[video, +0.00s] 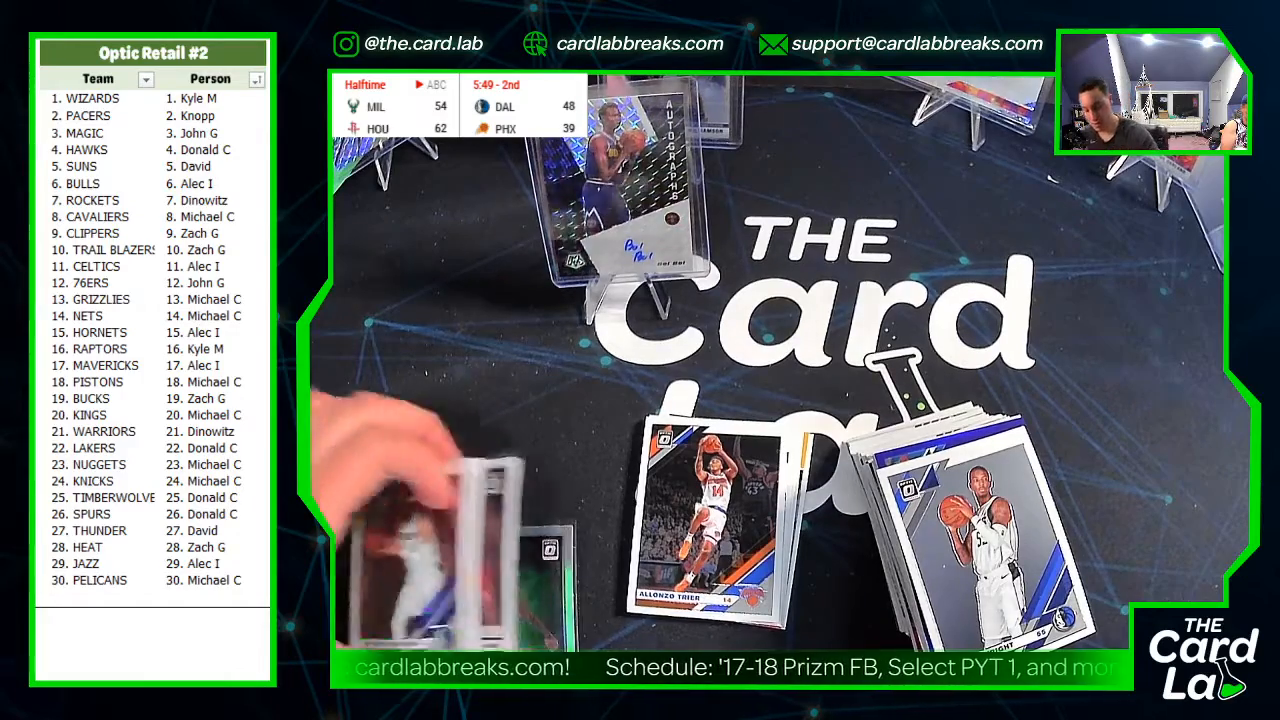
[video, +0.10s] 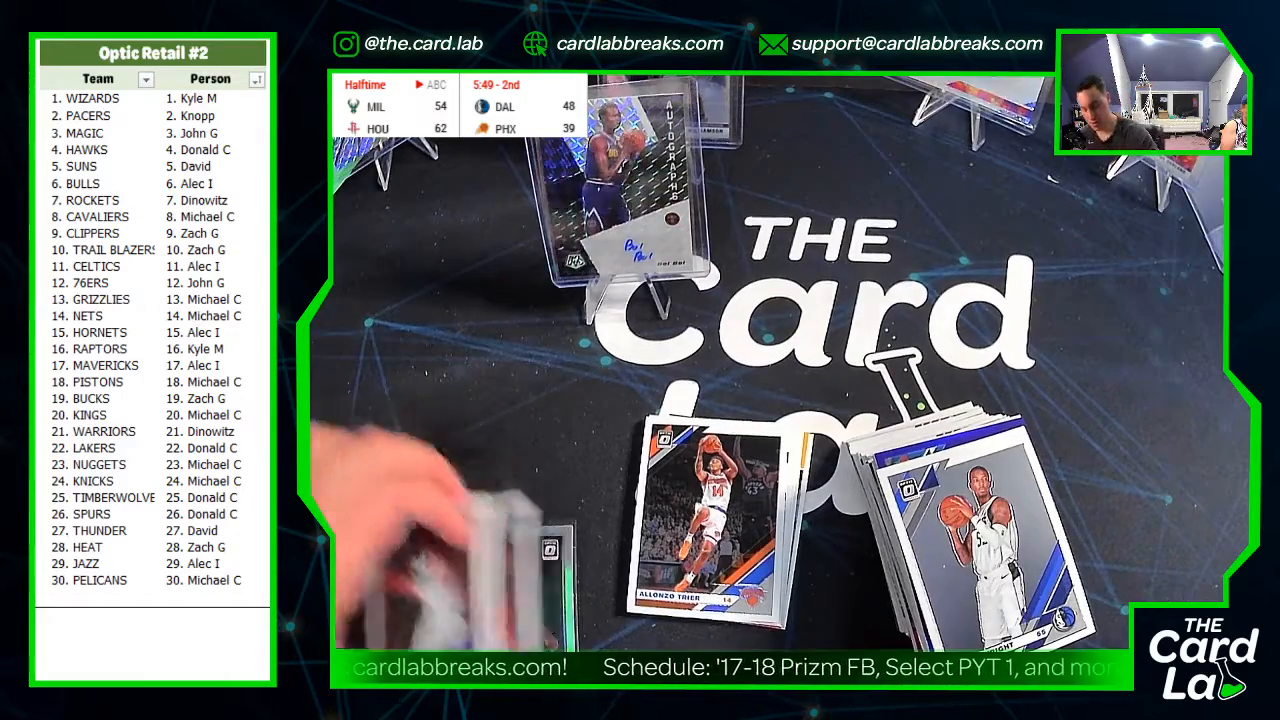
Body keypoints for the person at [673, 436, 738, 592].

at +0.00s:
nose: (715, 463)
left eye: (717, 462)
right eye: (713, 461)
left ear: (721, 465)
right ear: (709, 465)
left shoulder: (727, 476)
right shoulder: (706, 477)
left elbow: (734, 469)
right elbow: (698, 470)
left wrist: (721, 452)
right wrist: (700, 450)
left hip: (720, 513)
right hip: (706, 507)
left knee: (707, 549)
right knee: (704, 511)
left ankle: (688, 578)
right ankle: (688, 540)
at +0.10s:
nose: (715, 463)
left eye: (717, 462)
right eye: (713, 461)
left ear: (721, 465)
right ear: (709, 465)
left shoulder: (727, 475)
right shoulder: (706, 477)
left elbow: (734, 469)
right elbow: (698, 471)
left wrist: (721, 452)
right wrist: (700, 450)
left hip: (720, 512)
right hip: (706, 507)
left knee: (707, 549)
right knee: (704, 511)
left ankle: (688, 578)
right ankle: (688, 540)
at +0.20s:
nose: (714, 463)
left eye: (717, 462)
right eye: (712, 461)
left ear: (721, 465)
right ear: (709, 465)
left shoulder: (727, 475)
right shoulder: (706, 477)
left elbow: (734, 469)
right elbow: (698, 471)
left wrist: (722, 452)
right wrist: (700, 450)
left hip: (720, 512)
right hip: (706, 507)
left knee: (707, 549)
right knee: (704, 511)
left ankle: (689, 578)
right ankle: (688, 539)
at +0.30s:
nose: (714, 463)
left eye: (717, 460)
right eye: (712, 460)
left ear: (721, 464)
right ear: (709, 464)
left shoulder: (726, 475)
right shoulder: (705, 476)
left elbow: (734, 468)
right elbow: (698, 471)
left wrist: (721, 451)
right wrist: (700, 451)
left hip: (720, 511)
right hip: (706, 506)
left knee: (707, 548)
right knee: (704, 511)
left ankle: (690, 576)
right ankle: (688, 539)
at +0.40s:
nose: (714, 463)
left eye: (717, 461)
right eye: (712, 461)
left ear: (721, 465)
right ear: (709, 465)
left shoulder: (727, 476)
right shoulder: (705, 476)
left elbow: (734, 468)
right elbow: (698, 471)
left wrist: (721, 452)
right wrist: (700, 450)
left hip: (720, 512)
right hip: (706, 506)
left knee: (707, 549)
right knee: (704, 511)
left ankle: (689, 578)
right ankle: (688, 540)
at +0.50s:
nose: (714, 464)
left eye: (717, 462)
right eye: (712, 461)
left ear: (721, 466)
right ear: (709, 465)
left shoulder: (727, 476)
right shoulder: (705, 477)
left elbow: (734, 469)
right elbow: (698, 471)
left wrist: (721, 452)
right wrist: (700, 451)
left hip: (720, 512)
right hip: (706, 507)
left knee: (707, 550)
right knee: (704, 512)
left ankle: (689, 578)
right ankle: (688, 540)